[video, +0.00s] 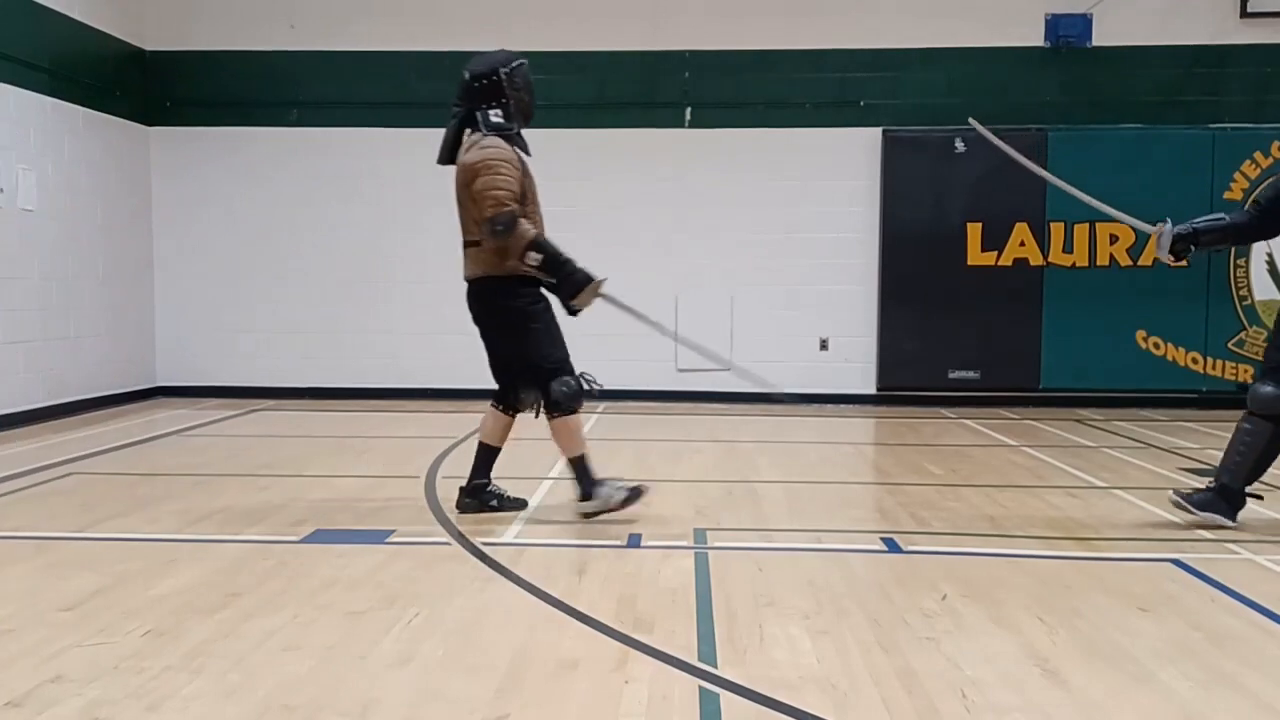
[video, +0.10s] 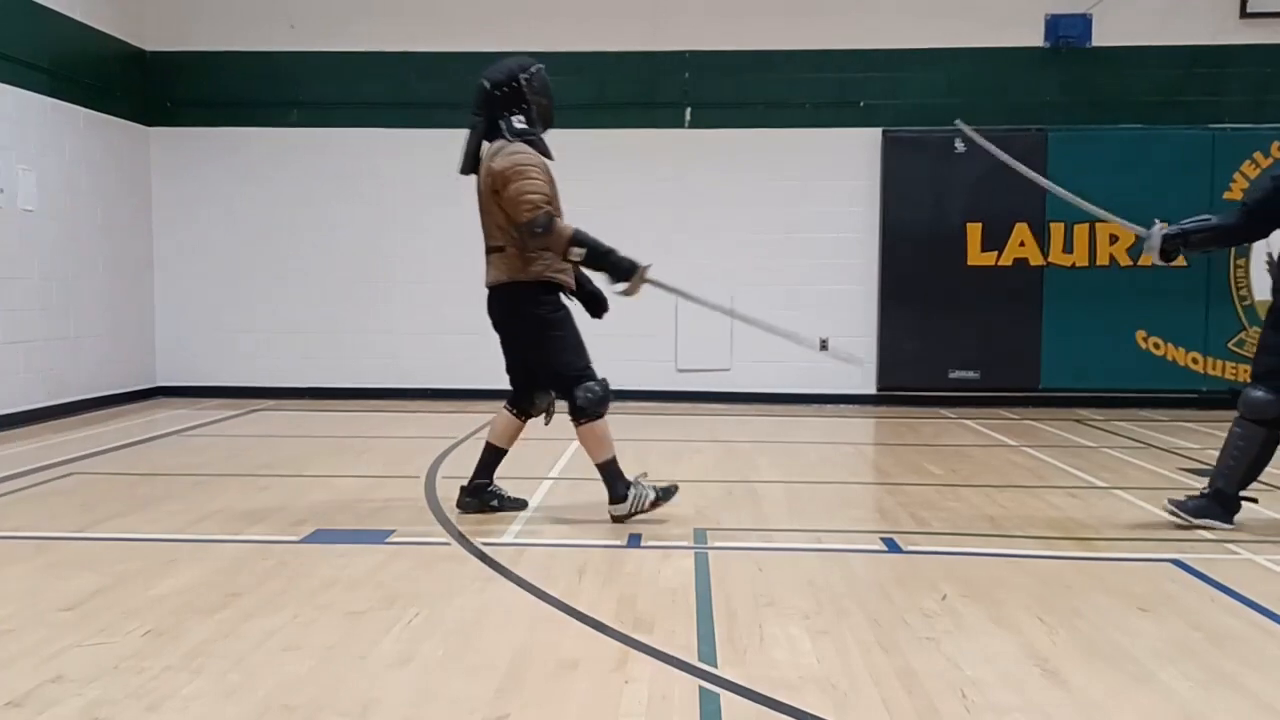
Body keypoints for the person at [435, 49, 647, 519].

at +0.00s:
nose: (529, 96)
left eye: (526, 87)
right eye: (522, 88)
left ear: (484, 96)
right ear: (503, 93)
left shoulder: (492, 147)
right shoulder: (491, 151)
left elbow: (513, 230)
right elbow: (502, 223)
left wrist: (560, 278)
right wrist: (561, 267)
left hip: (497, 288)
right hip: (507, 288)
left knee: (515, 389)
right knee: (559, 385)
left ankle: (476, 487)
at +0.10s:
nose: (548, 101)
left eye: (544, 92)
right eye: (540, 93)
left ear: (502, 103)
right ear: (522, 100)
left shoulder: (501, 155)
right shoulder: (518, 158)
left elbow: (532, 239)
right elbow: (540, 229)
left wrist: (579, 284)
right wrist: (611, 260)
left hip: (513, 295)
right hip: (531, 296)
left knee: (529, 395)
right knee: (584, 392)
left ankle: (478, 487)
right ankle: (621, 491)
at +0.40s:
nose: (608, 97)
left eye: (603, 88)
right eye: (601, 89)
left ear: (559, 101)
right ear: (584, 96)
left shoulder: (551, 149)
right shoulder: (581, 147)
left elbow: (628, 185)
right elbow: (639, 180)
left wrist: (687, 187)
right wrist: (715, 186)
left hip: (564, 291)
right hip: (590, 290)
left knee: (586, 384)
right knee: (635, 391)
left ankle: (529, 475)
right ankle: (634, 496)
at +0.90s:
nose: (630, 110)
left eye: (627, 101)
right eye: (624, 102)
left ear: (580, 107)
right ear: (611, 107)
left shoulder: (572, 160)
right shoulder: (602, 166)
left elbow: (620, 235)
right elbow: (632, 234)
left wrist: (693, 248)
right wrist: (704, 247)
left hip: (586, 300)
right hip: (614, 300)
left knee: (600, 393)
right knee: (675, 389)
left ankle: (553, 488)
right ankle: (678, 494)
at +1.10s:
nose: (635, 105)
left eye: (631, 96)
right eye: (629, 97)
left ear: (584, 108)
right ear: (613, 104)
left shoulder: (580, 160)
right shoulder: (618, 160)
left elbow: (646, 225)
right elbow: (657, 223)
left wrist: (713, 235)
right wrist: (728, 234)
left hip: (593, 299)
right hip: (625, 299)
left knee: (598, 393)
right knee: (680, 390)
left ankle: (553, 487)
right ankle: (678, 494)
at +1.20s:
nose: (639, 101)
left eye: (635, 93)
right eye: (632, 94)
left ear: (588, 107)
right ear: (617, 102)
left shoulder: (583, 159)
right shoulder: (623, 159)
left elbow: (647, 226)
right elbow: (663, 224)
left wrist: (716, 236)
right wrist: (734, 234)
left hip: (595, 298)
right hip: (628, 298)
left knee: (597, 392)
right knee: (682, 390)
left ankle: (553, 487)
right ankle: (678, 494)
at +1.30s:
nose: (644, 101)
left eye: (640, 92)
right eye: (638, 93)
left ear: (592, 105)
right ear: (623, 101)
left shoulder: (586, 158)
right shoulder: (626, 159)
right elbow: (667, 224)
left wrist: (718, 236)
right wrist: (738, 234)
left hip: (597, 298)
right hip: (631, 297)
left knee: (597, 393)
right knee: (685, 390)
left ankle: (553, 487)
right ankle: (679, 494)